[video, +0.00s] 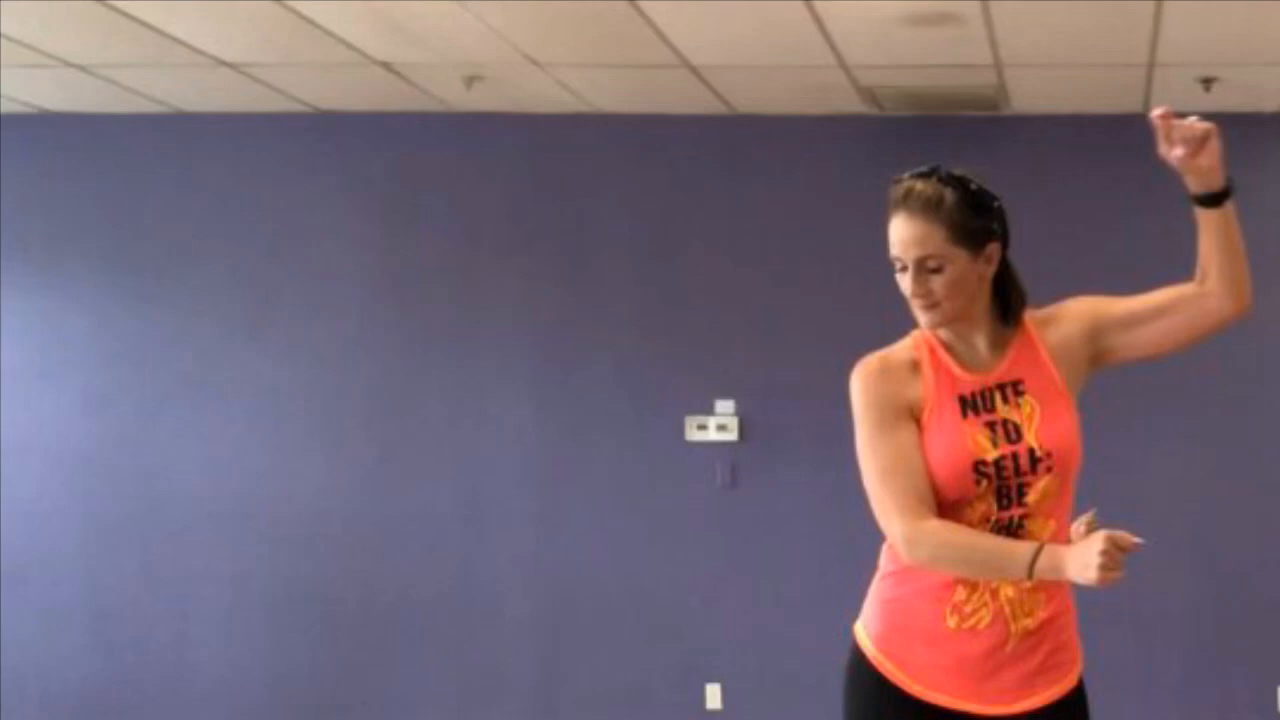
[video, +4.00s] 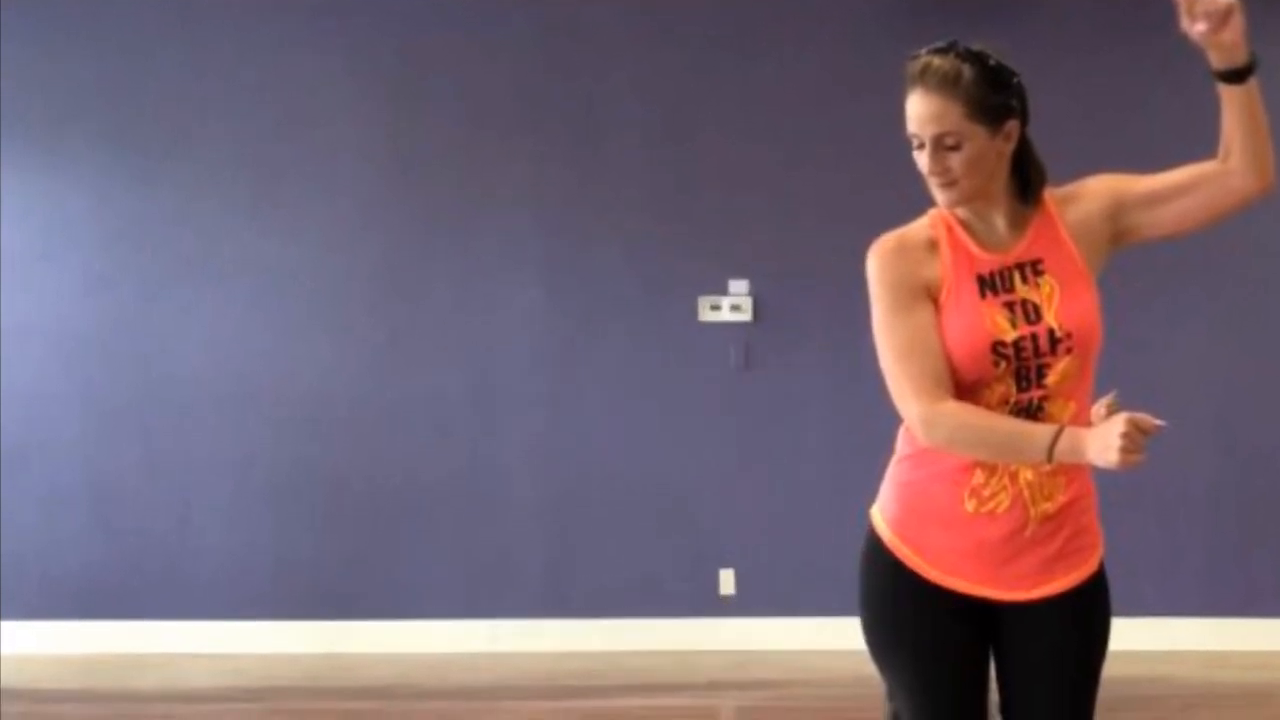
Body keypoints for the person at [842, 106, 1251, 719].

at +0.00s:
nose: (912, 289)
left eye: (931, 267)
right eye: (900, 269)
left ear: (990, 257)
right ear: (891, 266)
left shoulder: (1070, 336)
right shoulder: (885, 380)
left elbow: (1225, 296)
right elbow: (913, 535)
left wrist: (1208, 186)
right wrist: (1057, 560)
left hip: (1037, 684)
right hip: (905, 684)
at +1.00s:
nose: (918, 256)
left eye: (937, 235)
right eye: (905, 236)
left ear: (994, 225)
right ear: (894, 233)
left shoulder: (1074, 306)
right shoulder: (890, 349)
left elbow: (1230, 267)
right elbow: (918, 506)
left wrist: (1214, 156)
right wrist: (1064, 531)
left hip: (1041, 662)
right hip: (911, 659)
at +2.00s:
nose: (922, 226)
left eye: (941, 207)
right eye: (910, 208)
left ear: (999, 194)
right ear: (900, 203)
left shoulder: (1079, 275)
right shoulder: (894, 319)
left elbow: (1236, 235)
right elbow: (922, 476)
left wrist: (1220, 125)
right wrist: (1066, 500)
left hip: (1046, 631)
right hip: (914, 630)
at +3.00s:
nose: (926, 195)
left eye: (945, 175)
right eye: (913, 177)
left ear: (1003, 164)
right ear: (903, 173)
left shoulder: (1085, 244)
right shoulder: (898, 289)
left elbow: (1241, 206)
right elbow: (925, 447)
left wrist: (1224, 93)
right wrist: (1070, 471)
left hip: (1051, 604)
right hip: (917, 603)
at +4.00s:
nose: (929, 166)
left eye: (948, 144)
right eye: (916, 145)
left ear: (1007, 134)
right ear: (907, 142)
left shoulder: (1089, 215)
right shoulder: (902, 258)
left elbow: (1246, 175)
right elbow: (931, 417)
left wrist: (1230, 61)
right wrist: (1077, 443)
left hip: (1056, 573)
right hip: (923, 573)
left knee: (1055, 711)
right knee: (935, 707)